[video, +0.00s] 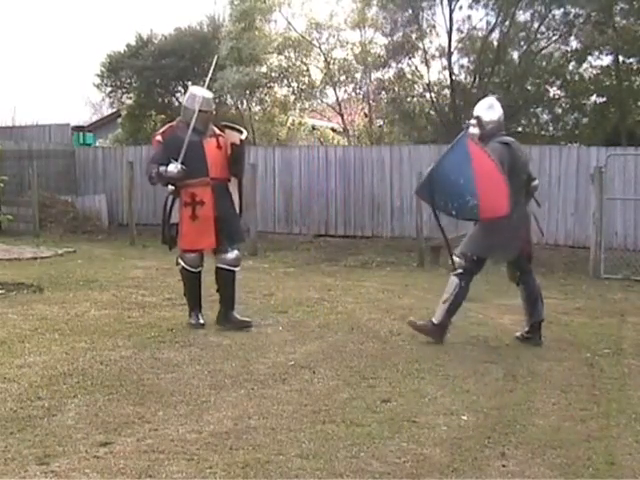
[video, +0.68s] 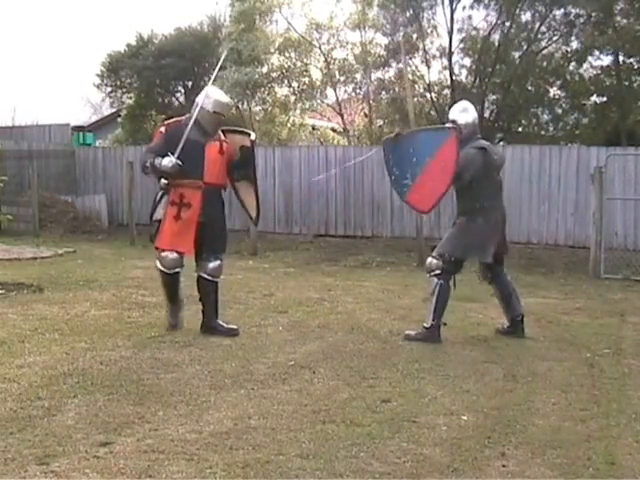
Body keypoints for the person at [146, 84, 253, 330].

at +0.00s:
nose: (203, 117)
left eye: (207, 112)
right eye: (199, 112)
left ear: (212, 113)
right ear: (187, 111)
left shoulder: (218, 138)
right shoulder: (175, 137)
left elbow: (235, 172)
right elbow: (153, 169)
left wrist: (237, 147)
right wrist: (165, 173)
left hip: (220, 199)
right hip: (191, 201)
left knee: (229, 255)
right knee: (192, 256)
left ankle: (227, 312)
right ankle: (195, 311)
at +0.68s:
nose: (218, 121)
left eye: (221, 116)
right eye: (215, 114)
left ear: (223, 116)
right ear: (201, 109)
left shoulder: (222, 142)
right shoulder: (172, 130)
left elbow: (239, 175)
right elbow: (148, 159)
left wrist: (247, 151)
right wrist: (159, 164)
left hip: (211, 204)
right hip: (178, 202)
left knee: (212, 264)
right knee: (169, 258)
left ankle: (210, 320)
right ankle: (174, 306)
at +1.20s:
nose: (183, 120)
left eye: (187, 116)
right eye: (180, 114)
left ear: (189, 116)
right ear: (166, 110)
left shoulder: (189, 142)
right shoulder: (145, 135)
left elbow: (204, 174)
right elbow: (123, 165)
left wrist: (224, 157)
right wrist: (145, 169)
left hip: (185, 210)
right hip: (152, 209)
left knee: (200, 268)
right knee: (140, 265)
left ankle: (209, 321)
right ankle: (126, 324)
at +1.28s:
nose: (179, 119)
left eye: (182, 115)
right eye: (175, 113)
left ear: (183, 116)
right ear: (161, 110)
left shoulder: (183, 141)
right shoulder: (139, 136)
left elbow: (195, 174)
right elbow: (120, 167)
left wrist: (218, 157)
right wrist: (142, 171)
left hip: (181, 209)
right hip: (149, 208)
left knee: (197, 268)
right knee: (139, 266)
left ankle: (209, 321)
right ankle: (126, 325)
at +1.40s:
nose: (172, 120)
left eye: (176, 116)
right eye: (168, 114)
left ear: (178, 116)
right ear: (155, 110)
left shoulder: (177, 141)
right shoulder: (132, 136)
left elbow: (188, 174)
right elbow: (115, 168)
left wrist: (209, 155)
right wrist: (137, 174)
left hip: (177, 208)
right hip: (146, 209)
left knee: (195, 266)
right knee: (137, 266)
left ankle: (209, 320)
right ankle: (125, 325)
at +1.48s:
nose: (171, 121)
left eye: (175, 116)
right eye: (167, 115)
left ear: (177, 116)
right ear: (154, 110)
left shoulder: (176, 140)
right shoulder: (131, 136)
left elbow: (188, 173)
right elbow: (113, 167)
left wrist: (208, 154)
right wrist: (132, 176)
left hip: (176, 208)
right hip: (144, 209)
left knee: (197, 265)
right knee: (138, 266)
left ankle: (204, 320)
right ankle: (126, 325)